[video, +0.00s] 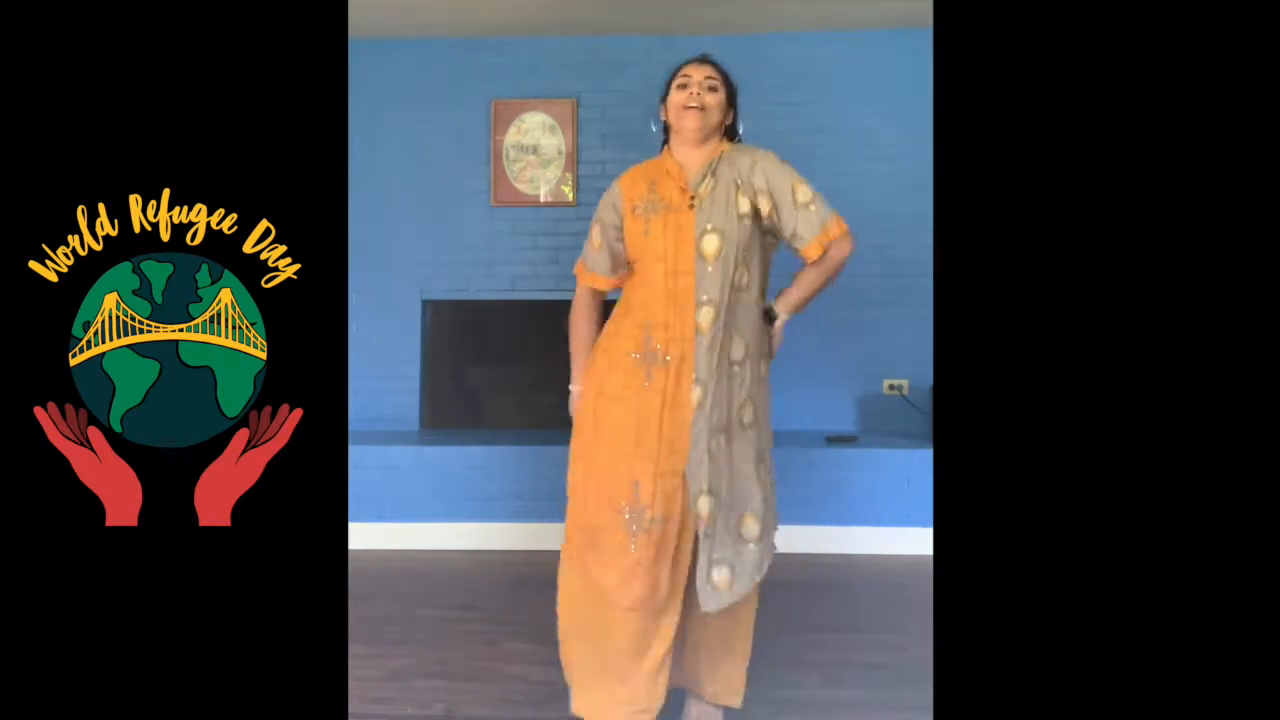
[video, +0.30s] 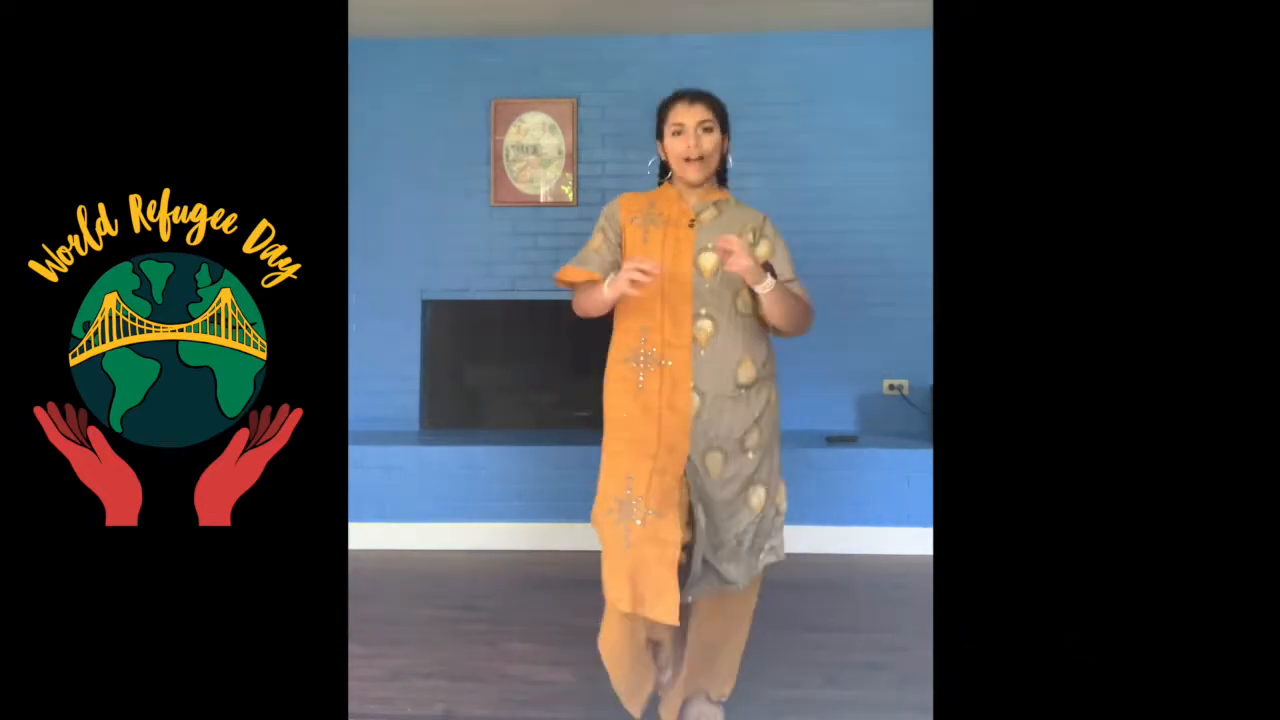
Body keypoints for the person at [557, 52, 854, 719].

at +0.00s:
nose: (695, 92)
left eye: (710, 85)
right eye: (683, 85)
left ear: (729, 110)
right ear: (663, 109)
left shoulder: (755, 170)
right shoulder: (630, 186)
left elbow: (836, 243)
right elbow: (589, 290)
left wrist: (777, 314)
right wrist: (581, 384)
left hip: (721, 379)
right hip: (634, 376)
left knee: (719, 530)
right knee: (624, 536)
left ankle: (707, 694)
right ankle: (620, 698)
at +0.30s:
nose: (692, 141)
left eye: (704, 129)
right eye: (678, 131)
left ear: (724, 141)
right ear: (661, 145)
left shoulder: (752, 226)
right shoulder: (627, 214)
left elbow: (797, 322)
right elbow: (582, 303)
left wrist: (760, 280)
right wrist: (613, 287)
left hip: (732, 418)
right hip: (646, 416)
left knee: (728, 558)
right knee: (646, 554)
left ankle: (706, 696)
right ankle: (663, 676)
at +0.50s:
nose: (682, 88)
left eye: (694, 78)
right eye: (668, 80)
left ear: (714, 98)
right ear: (649, 101)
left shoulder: (747, 170)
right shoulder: (622, 171)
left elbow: (776, 276)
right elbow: (579, 272)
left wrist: (763, 281)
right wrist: (605, 238)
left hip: (719, 375)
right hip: (633, 375)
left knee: (718, 526)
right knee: (628, 532)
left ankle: (713, 671)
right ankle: (647, 694)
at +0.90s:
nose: (677, 117)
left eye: (692, 104)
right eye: (663, 108)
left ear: (717, 117)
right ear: (651, 125)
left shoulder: (753, 201)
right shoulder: (627, 197)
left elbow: (760, 305)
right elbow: (607, 304)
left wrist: (784, 403)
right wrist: (583, 400)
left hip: (729, 413)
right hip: (639, 410)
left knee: (717, 576)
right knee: (643, 566)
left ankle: (706, 710)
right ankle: (638, 701)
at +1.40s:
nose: (690, 109)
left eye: (704, 96)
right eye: (675, 97)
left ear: (727, 105)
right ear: (656, 108)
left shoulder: (767, 177)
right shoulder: (626, 187)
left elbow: (849, 250)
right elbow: (581, 291)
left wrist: (784, 329)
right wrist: (569, 390)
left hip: (721, 393)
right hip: (631, 390)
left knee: (717, 540)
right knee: (632, 549)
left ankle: (706, 686)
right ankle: (646, 700)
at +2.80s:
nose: (685, 86)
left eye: (703, 69)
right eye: (669, 71)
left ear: (728, 80)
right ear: (650, 84)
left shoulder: (769, 158)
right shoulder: (608, 170)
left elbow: (833, 263)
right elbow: (561, 292)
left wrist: (782, 360)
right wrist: (535, 400)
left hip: (708, 407)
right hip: (604, 401)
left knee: (697, 572)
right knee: (597, 578)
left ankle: (688, 704)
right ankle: (598, 707)